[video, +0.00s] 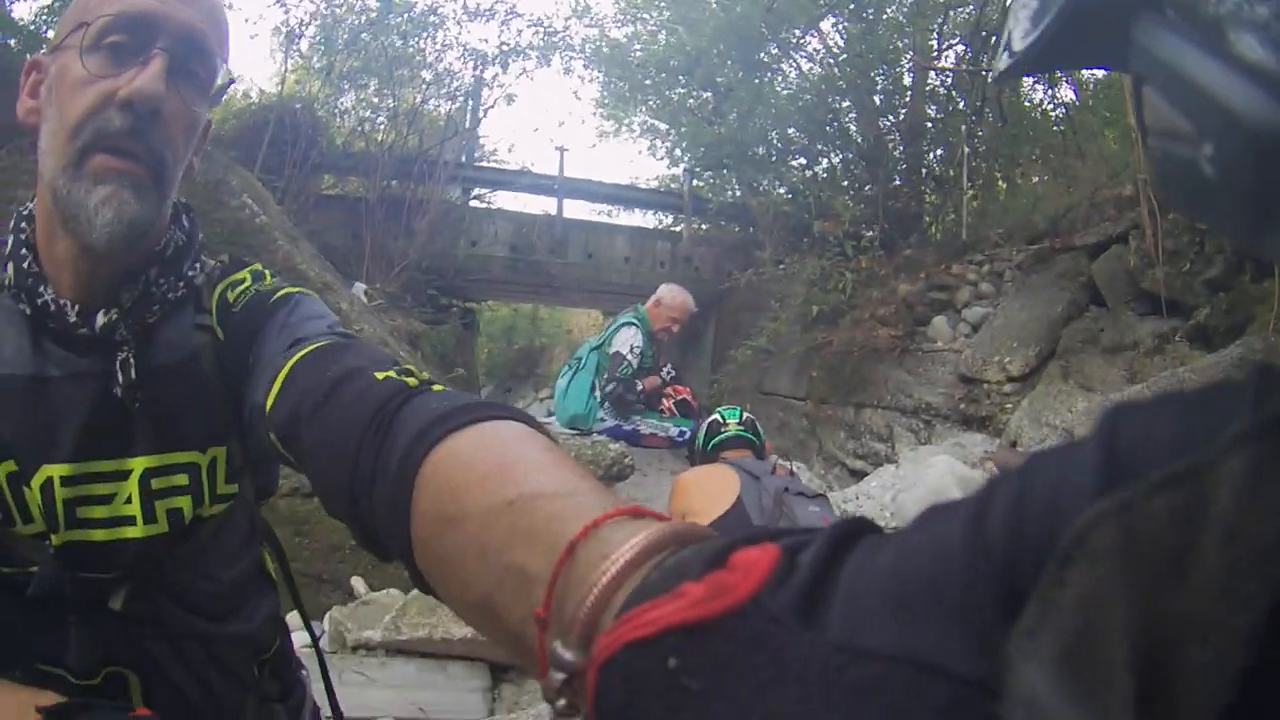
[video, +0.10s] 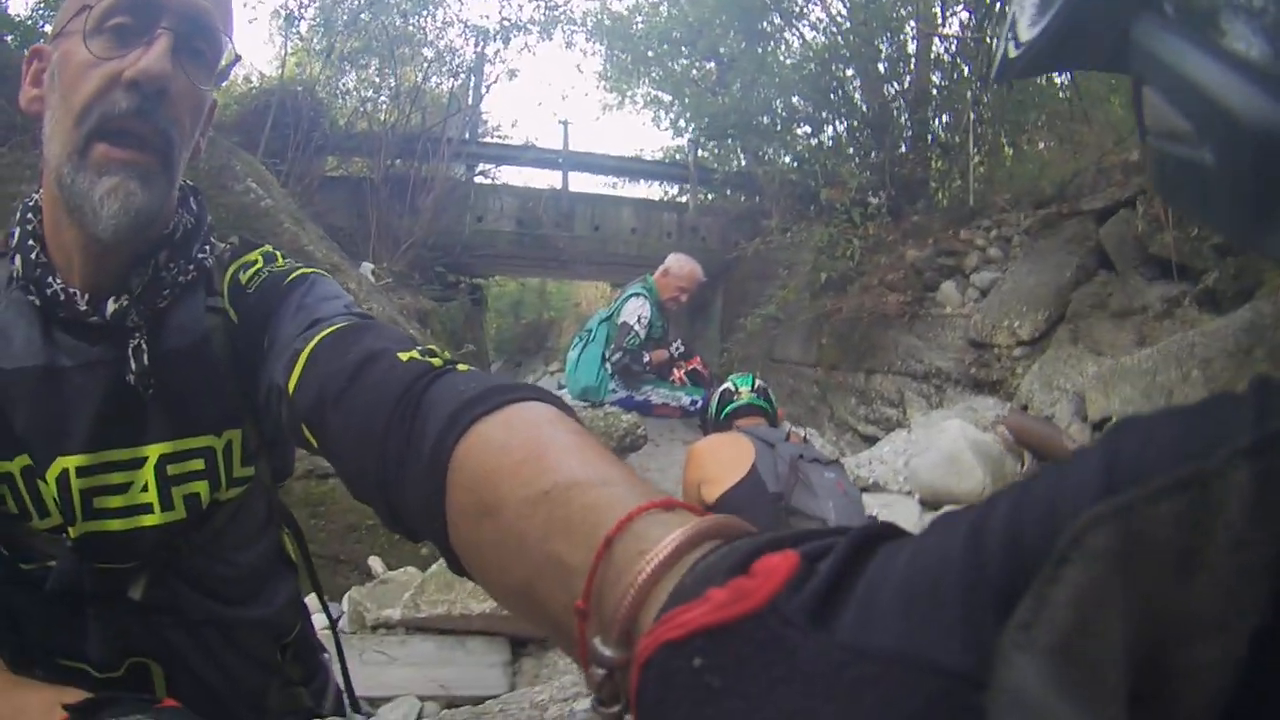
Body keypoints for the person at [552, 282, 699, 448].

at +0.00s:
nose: (676, 330)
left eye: (680, 325)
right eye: (673, 320)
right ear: (655, 304)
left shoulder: (641, 329)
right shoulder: (632, 332)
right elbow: (613, 390)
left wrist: (658, 395)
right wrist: (651, 383)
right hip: (602, 419)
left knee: (689, 425)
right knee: (688, 433)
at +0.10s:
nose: (684, 300)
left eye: (689, 295)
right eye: (681, 290)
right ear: (662, 274)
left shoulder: (650, 299)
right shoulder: (640, 303)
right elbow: (621, 361)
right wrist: (667, 353)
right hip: (611, 389)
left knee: (699, 394)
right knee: (700, 402)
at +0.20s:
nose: (682, 246)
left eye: (686, 241)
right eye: (678, 237)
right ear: (659, 223)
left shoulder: (652, 251)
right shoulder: (639, 253)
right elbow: (625, 315)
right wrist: (671, 302)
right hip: (619, 343)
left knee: (710, 342)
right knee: (708, 348)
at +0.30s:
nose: (669, 237)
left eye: (674, 232)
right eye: (666, 228)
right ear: (646, 213)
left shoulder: (640, 243)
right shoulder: (627, 245)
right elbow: (615, 308)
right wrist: (651, 299)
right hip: (607, 336)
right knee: (700, 340)